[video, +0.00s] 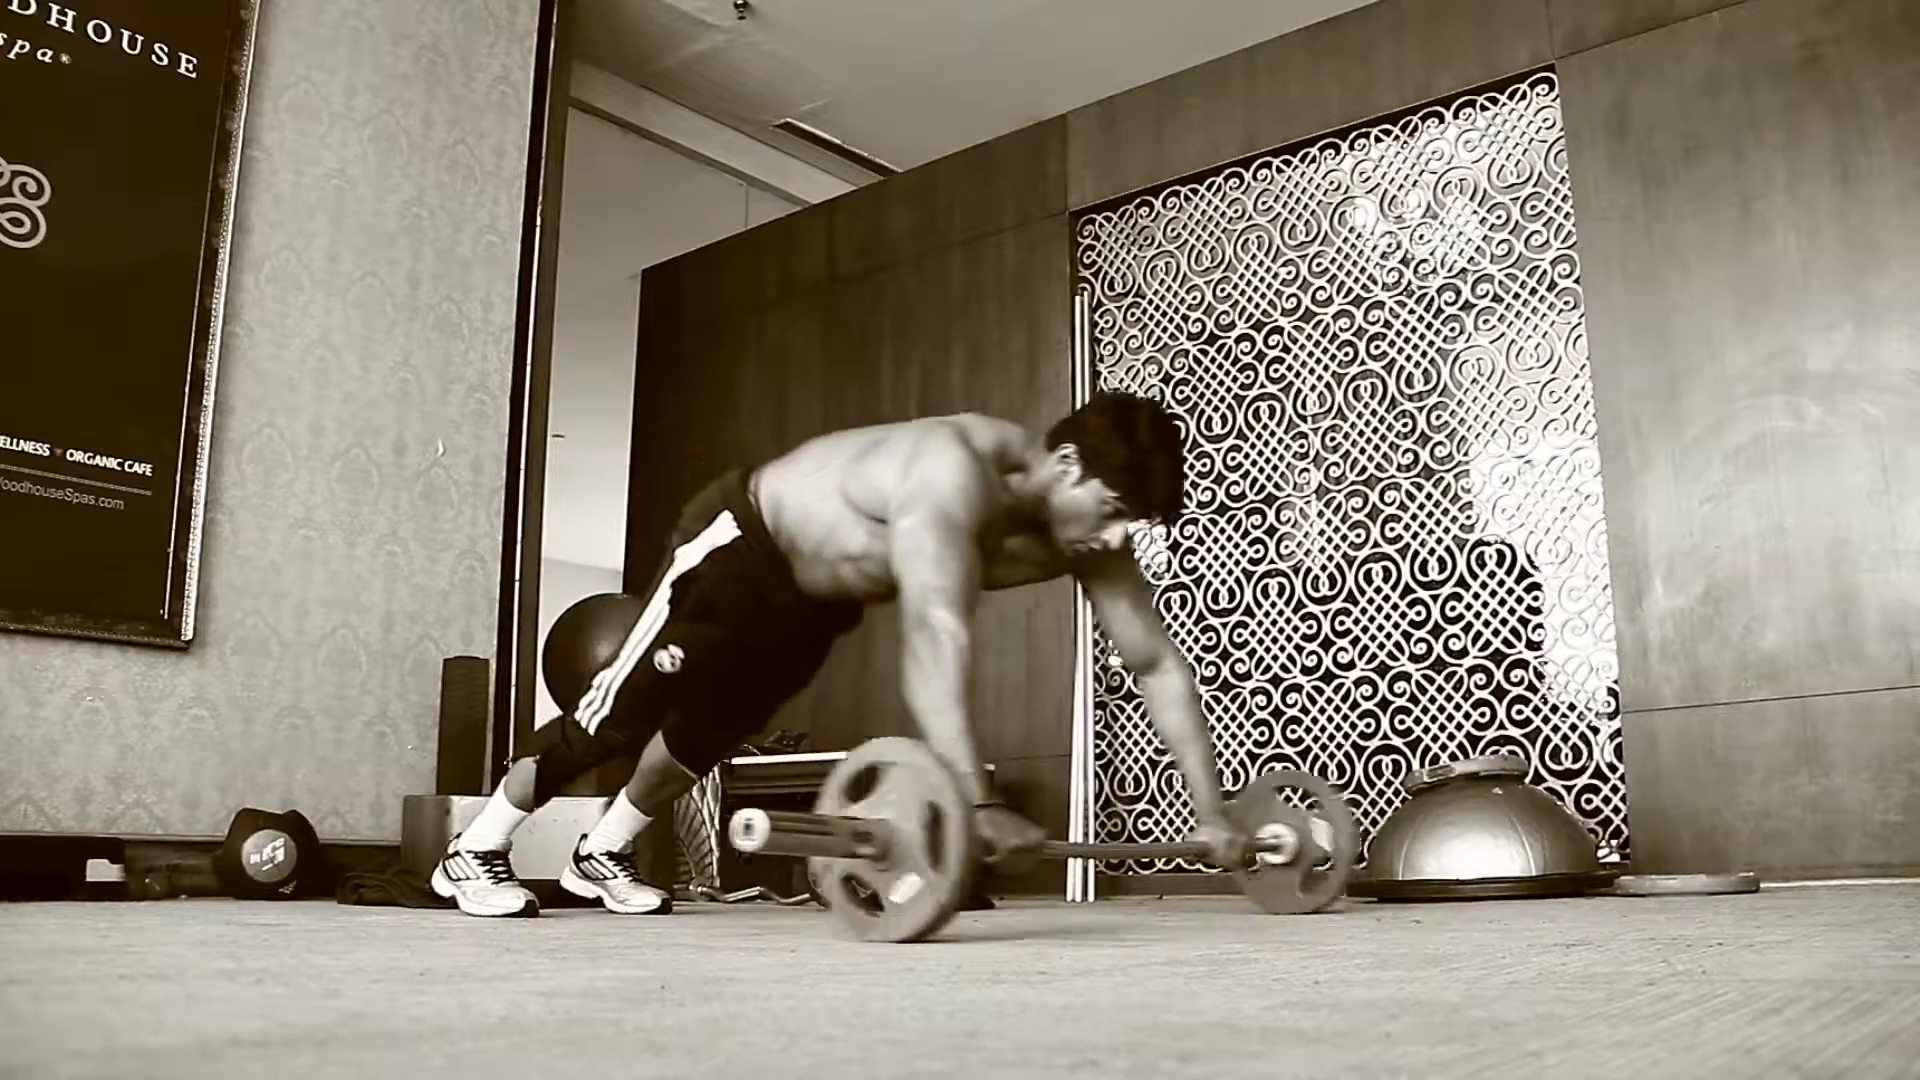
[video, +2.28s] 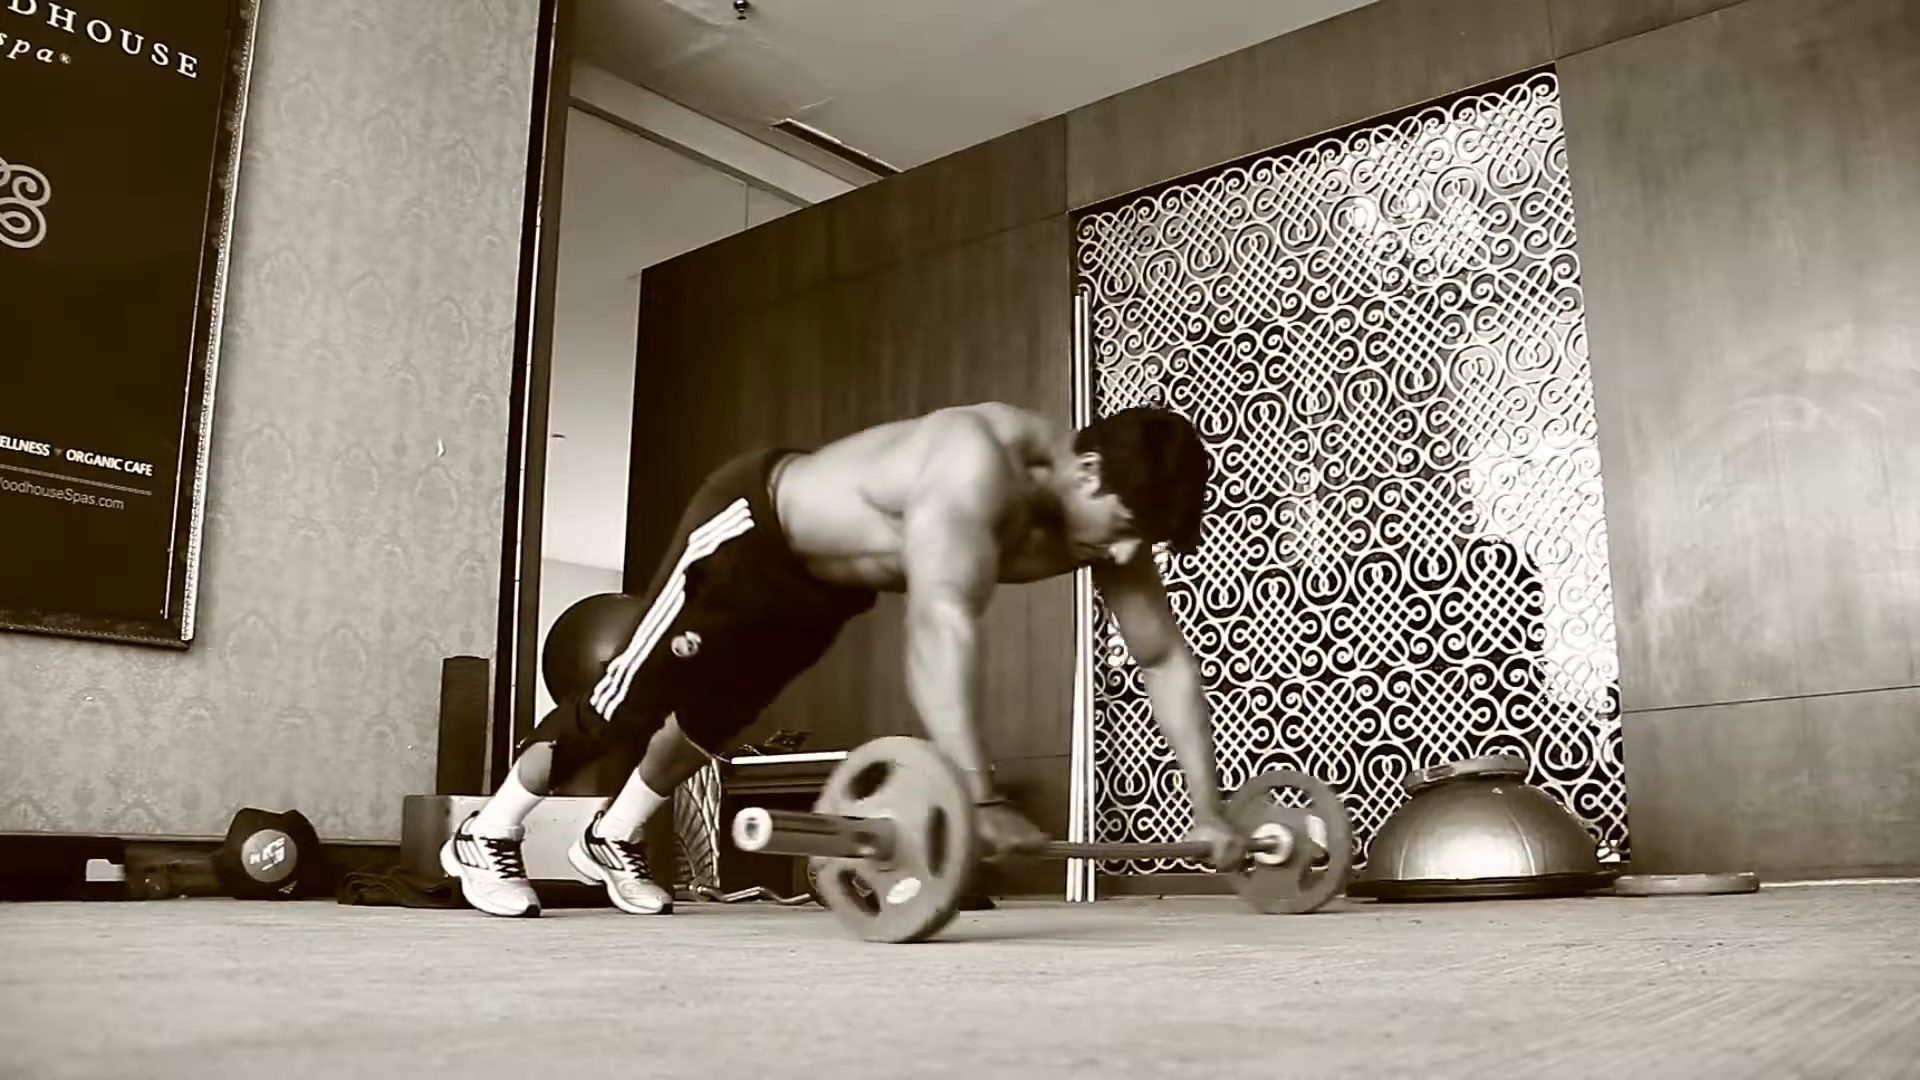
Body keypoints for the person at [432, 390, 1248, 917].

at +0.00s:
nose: (1116, 535)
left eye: (1130, 521)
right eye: (1113, 510)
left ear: (1110, 495)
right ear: (1066, 462)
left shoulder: (1085, 535)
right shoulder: (949, 475)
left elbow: (1155, 665)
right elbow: (933, 641)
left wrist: (1211, 808)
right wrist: (969, 808)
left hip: (820, 600)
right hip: (746, 541)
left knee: (704, 735)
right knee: (613, 715)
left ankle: (600, 853)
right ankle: (472, 854)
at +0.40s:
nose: (1209, 556)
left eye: (1227, 544)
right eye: (1212, 531)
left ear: (1204, 517)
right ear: (1168, 480)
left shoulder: (1165, 546)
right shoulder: (1055, 492)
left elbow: (1273, 666)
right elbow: (1067, 633)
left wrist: (1361, 795)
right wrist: (1146, 766)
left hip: (885, 670)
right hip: (820, 615)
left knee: (750, 772)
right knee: (659, 740)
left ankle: (614, 828)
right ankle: (495, 827)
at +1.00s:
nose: (1263, 638)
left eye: (1276, 629)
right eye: (1265, 615)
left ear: (1285, 602)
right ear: (1235, 551)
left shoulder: (1242, 600)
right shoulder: (1137, 542)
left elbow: (1380, 692)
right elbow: (1182, 667)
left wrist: (1503, 790)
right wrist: (1311, 744)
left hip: (940, 748)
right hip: (869, 696)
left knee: (760, 824)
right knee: (671, 797)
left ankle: (654, 860)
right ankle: (508, 827)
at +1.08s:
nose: (1275, 658)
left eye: (1290, 647)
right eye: (1275, 635)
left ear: (1295, 612)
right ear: (1237, 571)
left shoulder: (1260, 598)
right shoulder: (1143, 548)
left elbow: (1392, 697)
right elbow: (1209, 692)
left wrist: (1521, 804)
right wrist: (1357, 768)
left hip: (959, 762)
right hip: (876, 701)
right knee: (677, 801)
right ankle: (505, 831)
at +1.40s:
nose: (1254, 645)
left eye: (1270, 636)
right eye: (1259, 620)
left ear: (1283, 602)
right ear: (1239, 553)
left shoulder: (1232, 587)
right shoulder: (1133, 532)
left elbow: (1360, 678)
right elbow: (1163, 659)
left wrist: (1466, 775)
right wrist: (1293, 752)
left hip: (935, 741)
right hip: (867, 688)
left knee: (775, 826)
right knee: (667, 787)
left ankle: (660, 859)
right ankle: (506, 824)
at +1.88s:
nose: (1200, 577)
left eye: (1220, 566)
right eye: (1205, 557)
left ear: (1202, 518)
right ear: (1179, 497)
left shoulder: (1171, 525)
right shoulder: (1062, 475)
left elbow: (1265, 660)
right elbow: (1061, 619)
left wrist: (1347, 801)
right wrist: (1119, 762)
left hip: (876, 638)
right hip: (812, 600)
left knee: (749, 735)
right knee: (649, 734)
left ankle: (624, 818)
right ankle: (497, 818)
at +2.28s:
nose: (1128, 552)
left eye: (1143, 541)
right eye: (1129, 529)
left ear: (1132, 505)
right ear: (1090, 476)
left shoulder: (1096, 518)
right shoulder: (973, 463)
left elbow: (1164, 656)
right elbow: (942, 622)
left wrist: (1207, 807)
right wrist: (968, 793)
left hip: (832, 583)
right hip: (760, 529)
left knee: (712, 709)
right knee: (630, 689)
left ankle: (611, 840)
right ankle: (485, 832)